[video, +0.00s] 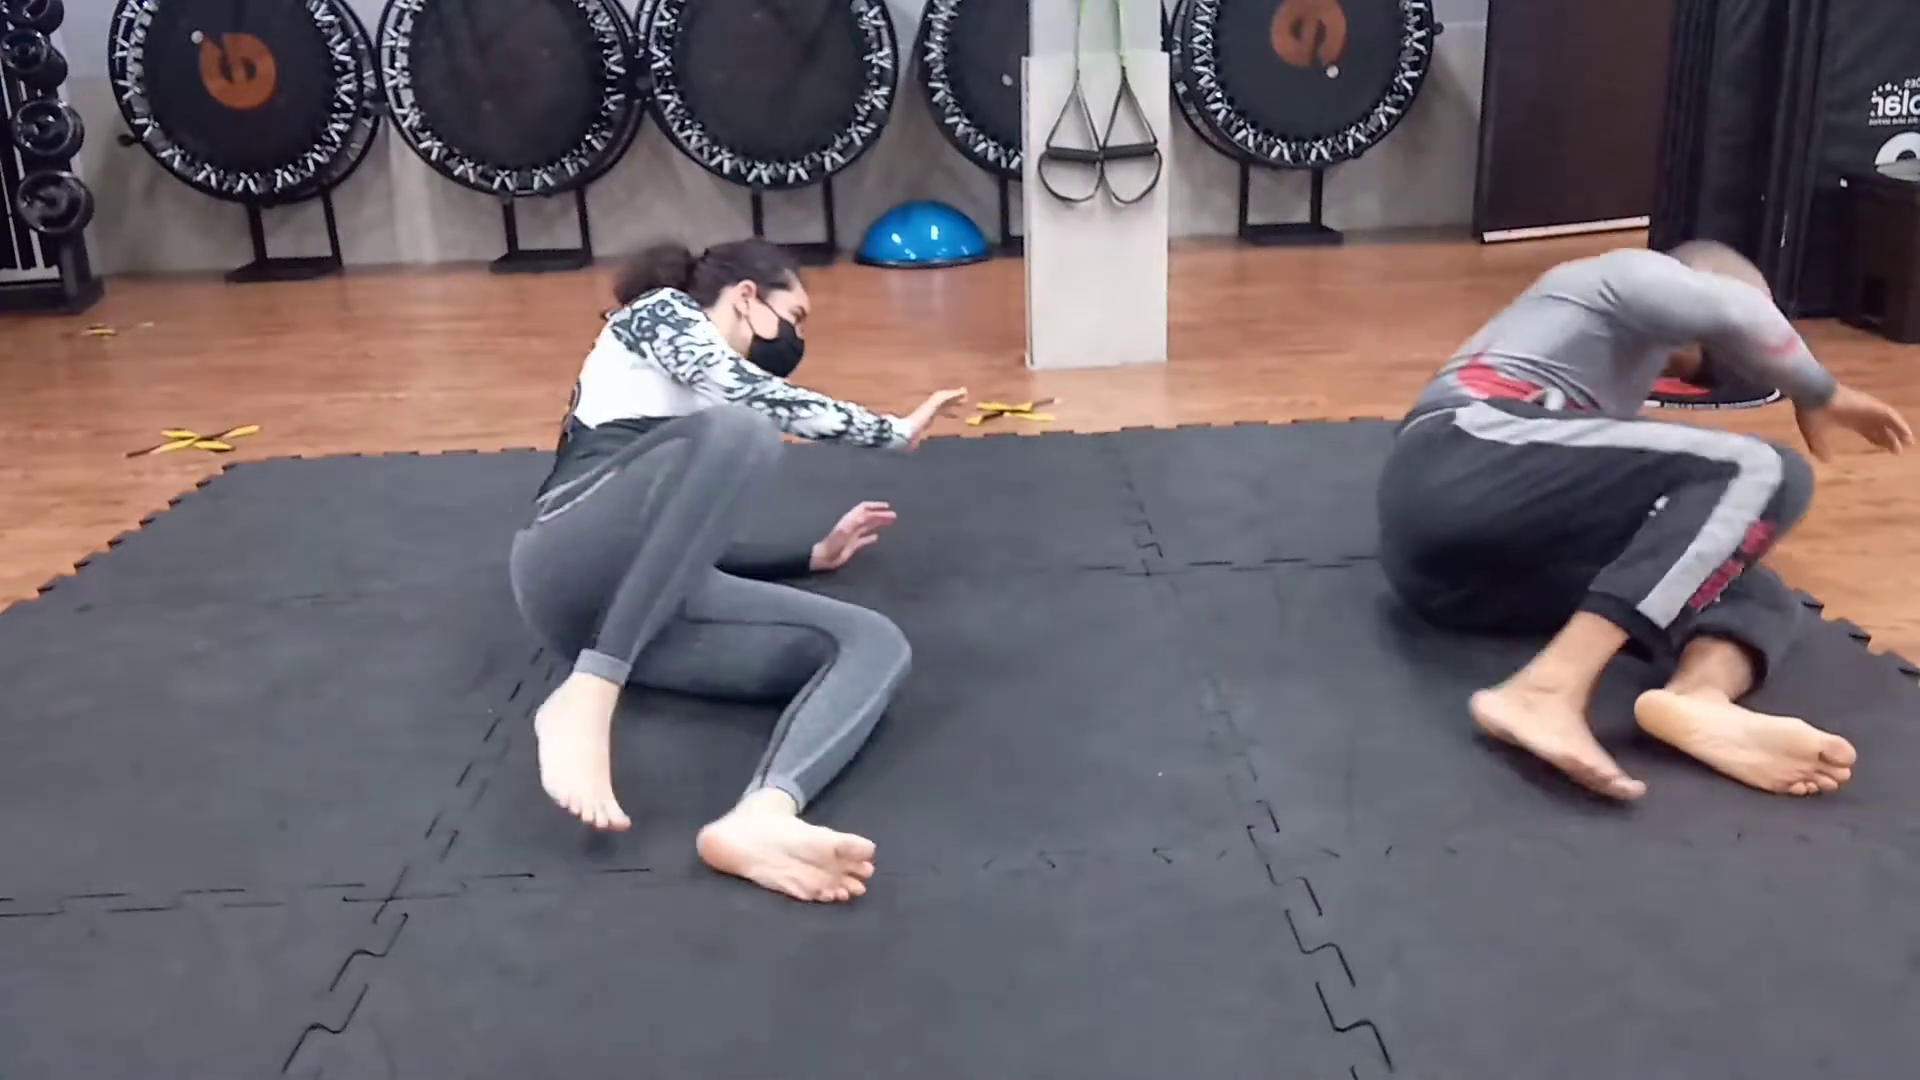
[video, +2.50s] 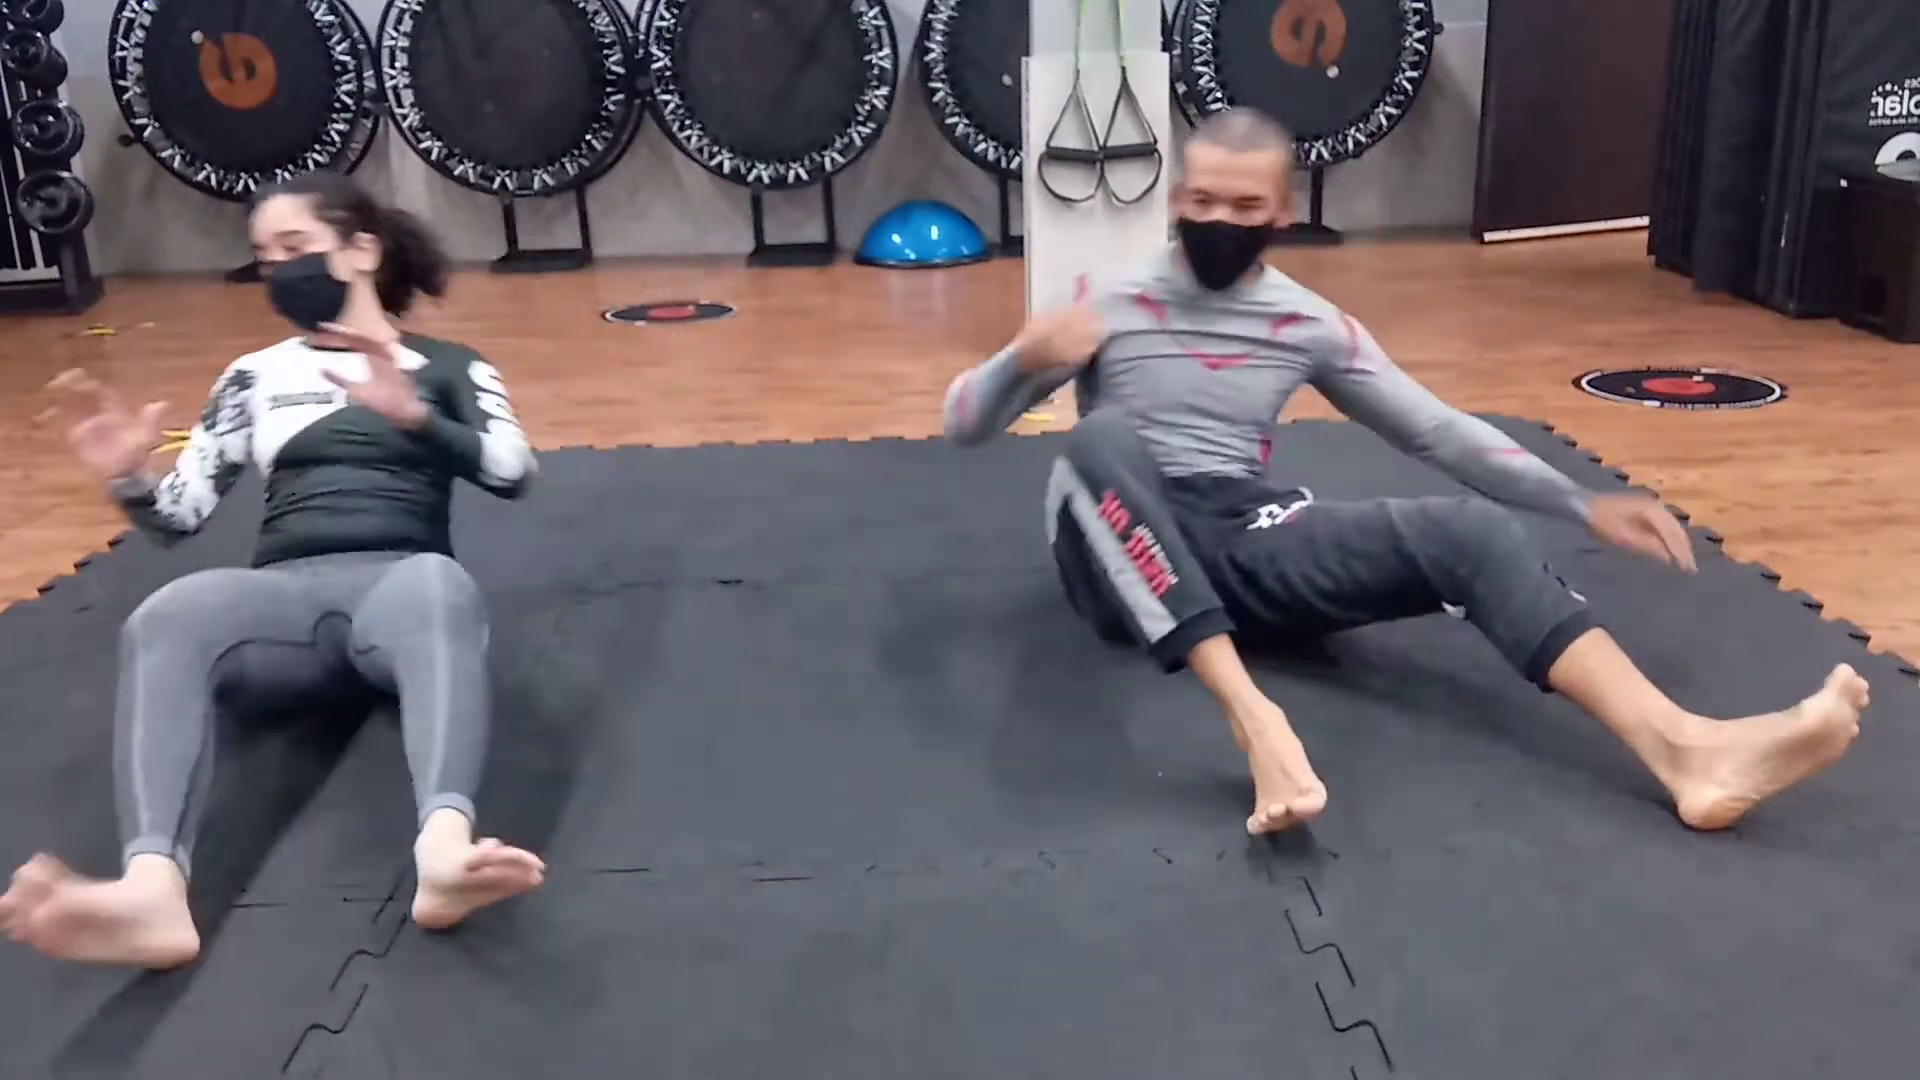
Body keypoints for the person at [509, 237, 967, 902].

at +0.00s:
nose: (789, 342)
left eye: (796, 331)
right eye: (790, 321)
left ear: (738, 305)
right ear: (743, 294)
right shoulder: (657, 313)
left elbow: (682, 551)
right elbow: (742, 391)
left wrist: (815, 556)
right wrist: (894, 431)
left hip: (647, 606)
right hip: (567, 562)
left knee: (875, 641)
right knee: (738, 431)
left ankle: (764, 810)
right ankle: (587, 697)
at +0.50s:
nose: (818, 384)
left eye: (821, 370)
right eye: (817, 364)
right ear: (787, 330)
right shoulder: (735, 317)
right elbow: (840, 411)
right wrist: (963, 477)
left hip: (545, 617)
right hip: (531, 503)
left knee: (823, 638)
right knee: (773, 540)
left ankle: (741, 775)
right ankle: (513, 722)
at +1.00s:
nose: (783, 430)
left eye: (795, 420)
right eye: (788, 410)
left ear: (750, 377)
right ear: (755, 363)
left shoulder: (663, 424)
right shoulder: (672, 354)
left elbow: (692, 556)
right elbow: (783, 464)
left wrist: (806, 543)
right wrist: (914, 514)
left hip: (465, 622)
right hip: (389, 545)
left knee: (670, 620)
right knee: (554, 480)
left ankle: (689, 796)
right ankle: (452, 779)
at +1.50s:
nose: (715, 348)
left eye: (724, 338)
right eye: (707, 324)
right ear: (643, 303)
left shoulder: (650, 430)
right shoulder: (551, 314)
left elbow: (688, 552)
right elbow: (593, 393)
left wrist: (792, 536)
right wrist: (750, 444)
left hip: (490, 604)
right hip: (387, 562)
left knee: (653, 624)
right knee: (407, 456)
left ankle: (678, 798)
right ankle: (405, 756)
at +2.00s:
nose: (500, 287)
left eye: (521, 272)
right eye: (480, 276)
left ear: (564, 284)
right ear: (458, 292)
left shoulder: (587, 412)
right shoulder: (412, 350)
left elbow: (640, 555)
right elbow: (272, 438)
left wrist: (669, 514)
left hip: (489, 581)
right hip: (379, 540)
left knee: (590, 636)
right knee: (258, 552)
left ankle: (657, 819)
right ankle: (145, 848)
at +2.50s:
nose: (275, 269)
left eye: (292, 245)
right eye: (264, 258)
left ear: (363, 248)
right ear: (262, 275)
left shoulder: (450, 368)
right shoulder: (253, 376)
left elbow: (513, 469)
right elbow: (181, 513)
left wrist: (418, 415)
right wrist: (133, 480)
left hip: (397, 578)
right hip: (278, 585)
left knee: (439, 591)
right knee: (164, 620)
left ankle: (444, 852)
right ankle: (155, 886)